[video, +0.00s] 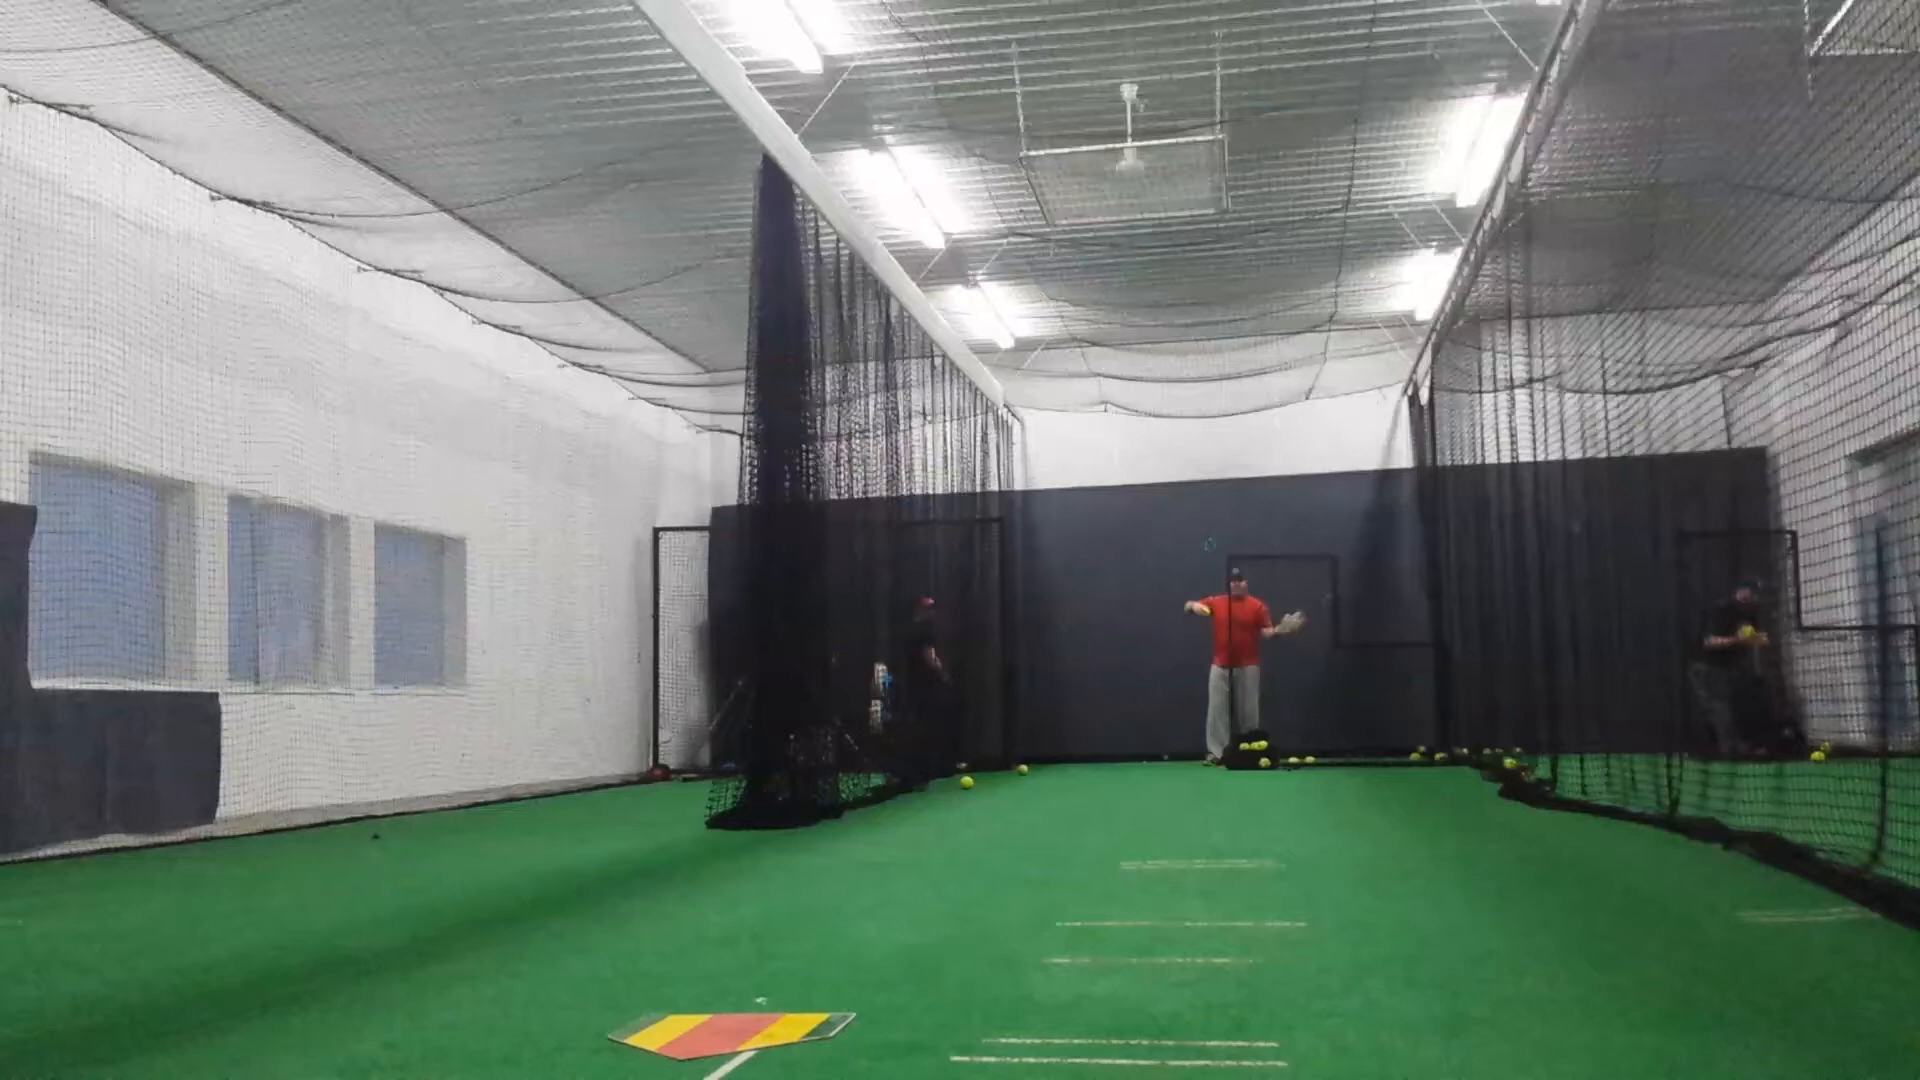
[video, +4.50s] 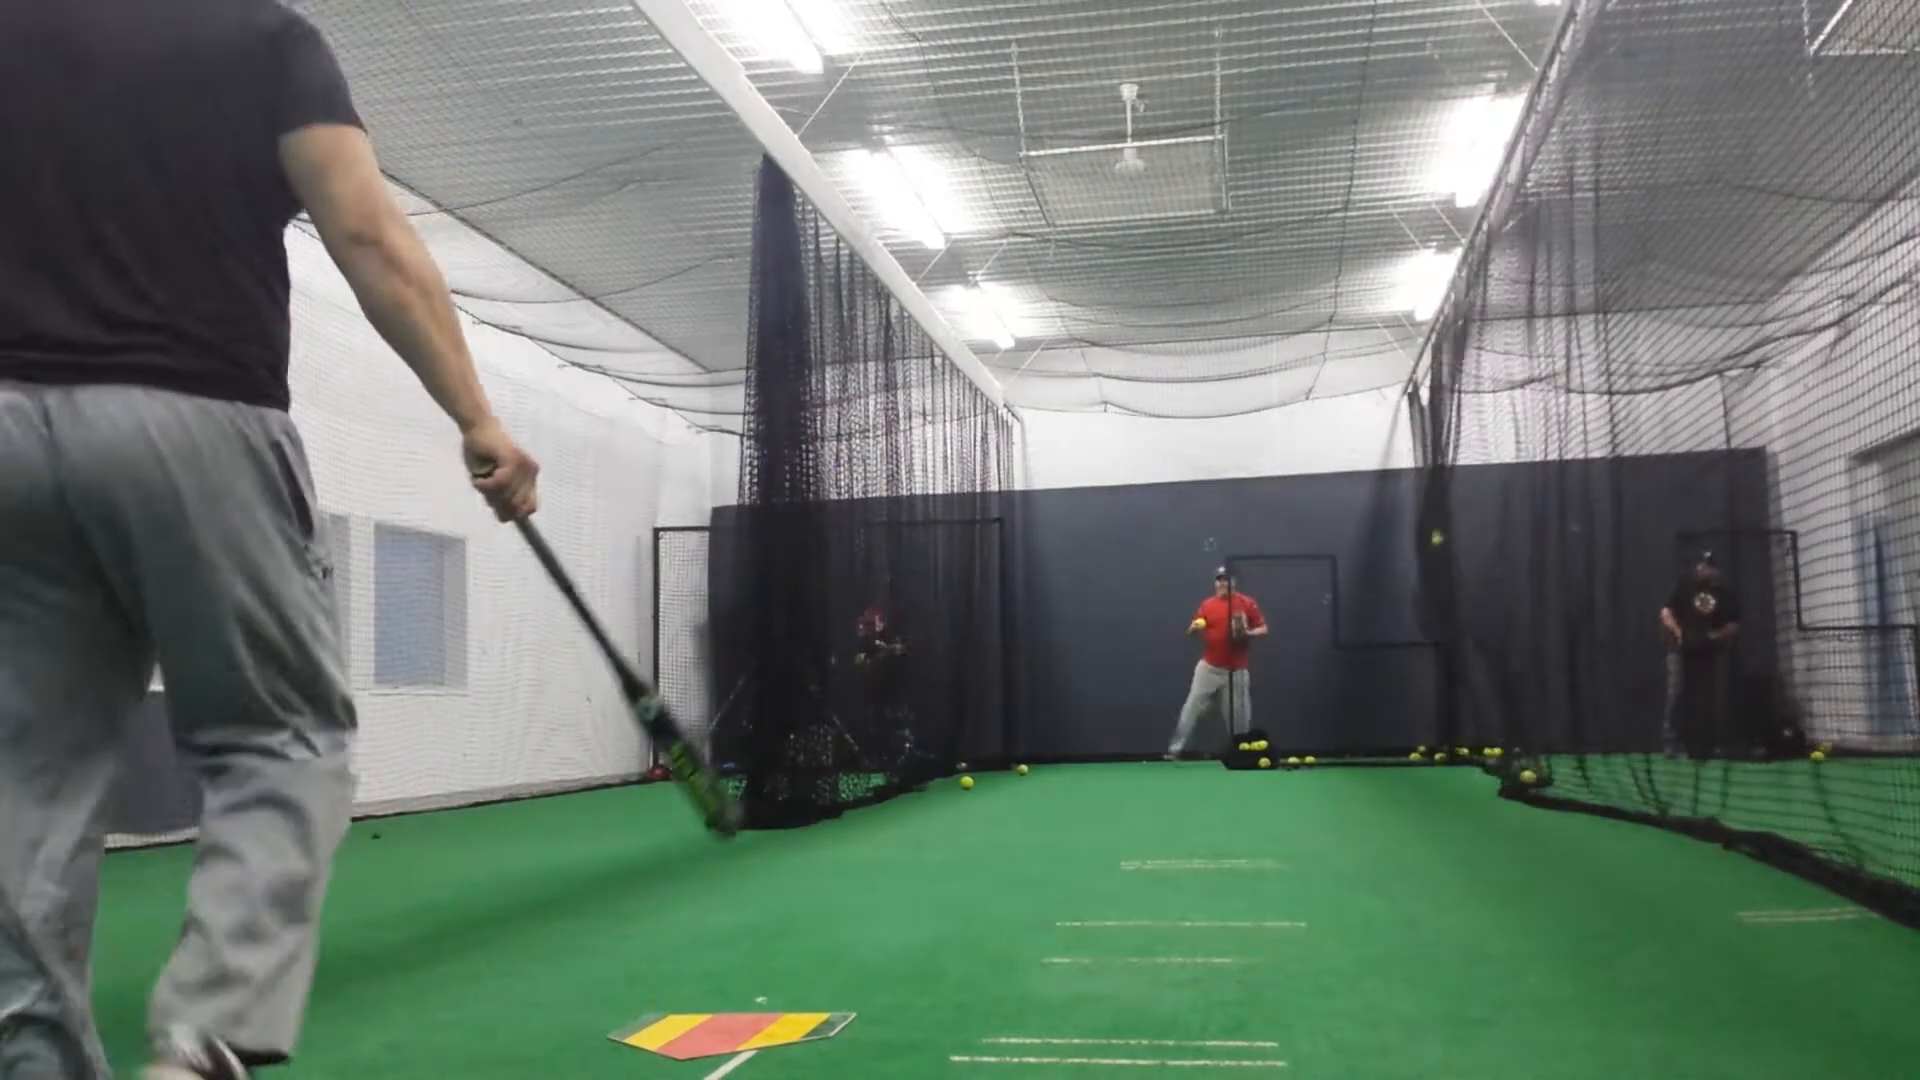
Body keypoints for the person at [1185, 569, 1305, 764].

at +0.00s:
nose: (1237, 584)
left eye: (1240, 580)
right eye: (1234, 581)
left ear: (1246, 583)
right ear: (1229, 584)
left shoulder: (1257, 606)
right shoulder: (1217, 602)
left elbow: (1266, 631)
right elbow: (1193, 605)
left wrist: (1282, 628)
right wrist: (1195, 606)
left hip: (1247, 664)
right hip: (1221, 664)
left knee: (1248, 707)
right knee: (1217, 708)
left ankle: (1251, 752)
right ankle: (1216, 752)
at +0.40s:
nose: (1226, 584)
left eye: (1229, 581)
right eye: (1222, 581)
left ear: (1235, 583)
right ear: (1217, 585)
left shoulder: (1247, 604)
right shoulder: (1208, 605)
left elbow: (1257, 627)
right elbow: (1191, 621)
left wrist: (1265, 614)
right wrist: (1182, 610)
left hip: (1242, 664)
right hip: (1215, 664)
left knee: (1245, 707)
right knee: (1213, 710)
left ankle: (1248, 752)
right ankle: (1215, 752)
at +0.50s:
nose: (1220, 583)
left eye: (1223, 580)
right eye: (1217, 580)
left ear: (1229, 582)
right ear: (1213, 584)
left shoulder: (1241, 603)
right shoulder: (1206, 606)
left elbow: (1251, 628)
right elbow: (1194, 626)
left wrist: (1255, 611)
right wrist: (1185, 619)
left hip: (1240, 664)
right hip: (1214, 664)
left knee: (1244, 708)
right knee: (1212, 711)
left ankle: (1247, 753)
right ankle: (1214, 753)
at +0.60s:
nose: (1216, 584)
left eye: (1219, 580)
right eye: (1213, 581)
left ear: (1226, 583)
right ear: (1208, 584)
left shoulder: (1239, 604)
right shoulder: (1202, 606)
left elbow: (1252, 629)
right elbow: (1192, 632)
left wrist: (1235, 623)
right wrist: (1201, 625)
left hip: (1237, 664)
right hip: (1211, 665)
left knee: (1242, 708)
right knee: (1211, 711)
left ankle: (1247, 751)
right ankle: (1214, 753)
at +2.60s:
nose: (1228, 585)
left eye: (1231, 580)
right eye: (1225, 581)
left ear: (1240, 582)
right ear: (1221, 584)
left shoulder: (1255, 601)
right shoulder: (1217, 604)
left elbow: (1280, 616)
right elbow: (1205, 634)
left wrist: (1260, 626)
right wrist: (1202, 626)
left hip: (1246, 666)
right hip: (1220, 664)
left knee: (1247, 708)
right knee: (1207, 704)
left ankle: (1249, 750)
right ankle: (1203, 748)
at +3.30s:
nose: (1211, 585)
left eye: (1215, 582)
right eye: (1208, 582)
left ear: (1223, 585)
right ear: (1203, 585)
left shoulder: (1233, 605)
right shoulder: (1197, 607)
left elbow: (1251, 628)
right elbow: (1193, 634)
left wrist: (1238, 634)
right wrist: (1186, 627)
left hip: (1230, 668)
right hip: (1204, 668)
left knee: (1236, 711)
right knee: (1202, 712)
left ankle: (1243, 752)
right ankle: (1205, 753)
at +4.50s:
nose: (1222, 584)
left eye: (1226, 579)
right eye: (1219, 580)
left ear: (1234, 582)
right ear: (1215, 583)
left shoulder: (1246, 604)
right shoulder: (1208, 605)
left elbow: (1262, 628)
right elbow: (1192, 632)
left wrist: (1247, 632)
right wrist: (1195, 628)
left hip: (1236, 669)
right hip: (1209, 666)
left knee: (1239, 714)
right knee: (1193, 707)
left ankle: (1242, 753)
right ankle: (1175, 749)